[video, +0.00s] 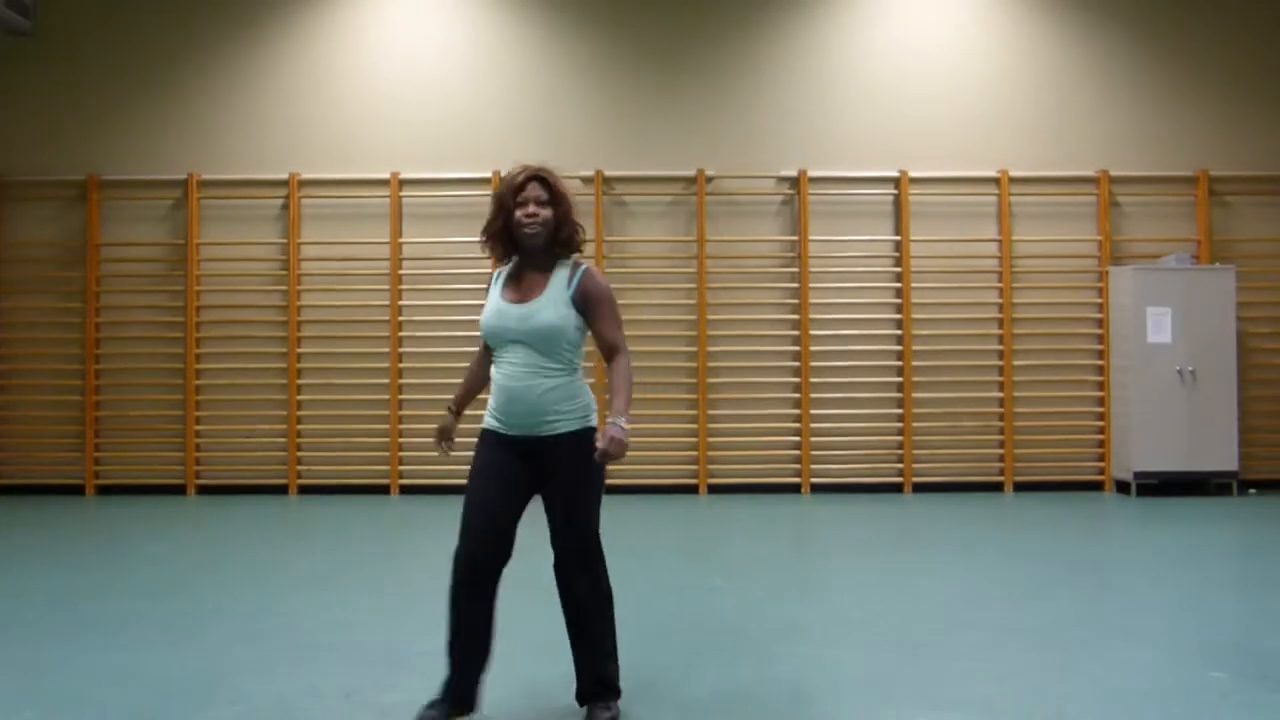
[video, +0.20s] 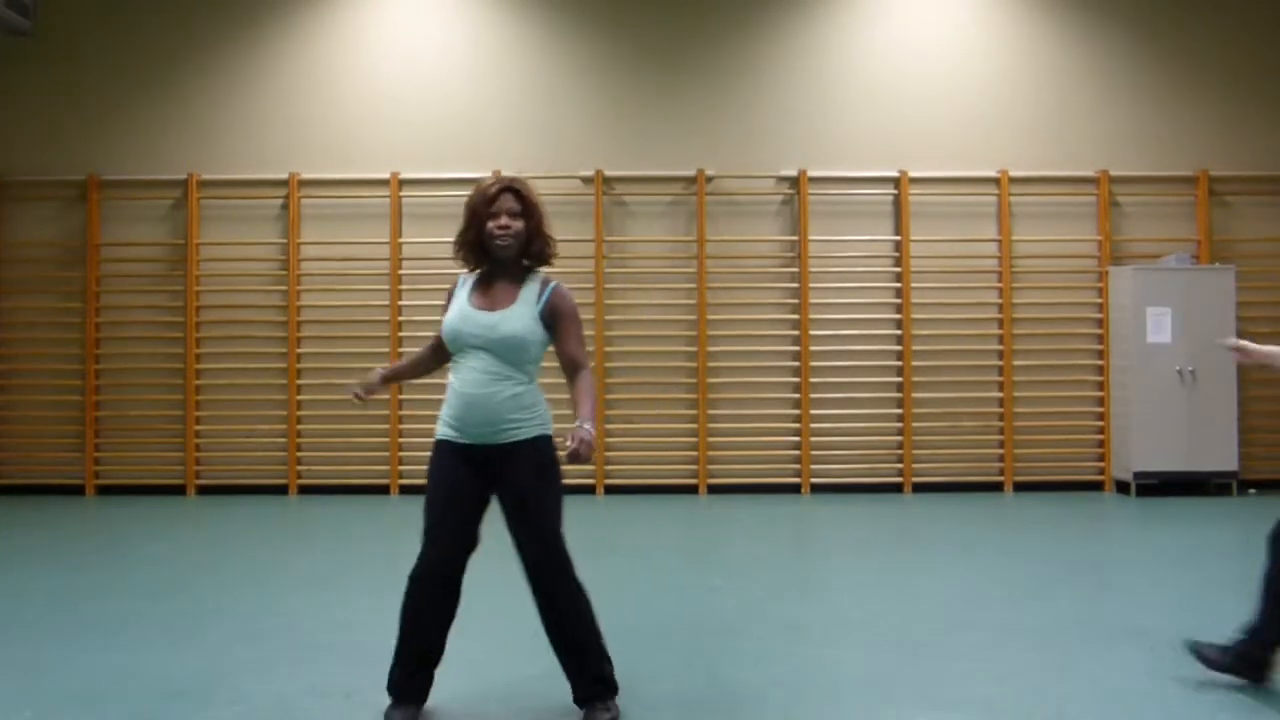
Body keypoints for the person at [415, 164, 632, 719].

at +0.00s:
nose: (533, 212)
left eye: (543, 203)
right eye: (523, 204)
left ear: (559, 214)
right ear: (508, 216)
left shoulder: (583, 280)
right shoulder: (500, 279)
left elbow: (617, 353)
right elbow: (488, 354)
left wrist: (619, 420)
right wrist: (454, 411)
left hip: (569, 443)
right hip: (502, 441)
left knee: (579, 567)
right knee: (473, 562)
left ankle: (600, 697)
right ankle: (459, 693)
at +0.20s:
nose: (504, 224)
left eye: (514, 216)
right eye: (494, 216)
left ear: (530, 226)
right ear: (477, 227)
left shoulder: (549, 295)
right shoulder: (462, 287)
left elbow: (579, 368)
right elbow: (438, 351)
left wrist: (586, 422)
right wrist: (386, 375)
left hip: (525, 448)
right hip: (457, 447)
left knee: (548, 568)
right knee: (436, 566)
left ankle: (598, 697)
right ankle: (406, 697)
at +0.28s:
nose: (489, 226)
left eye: (499, 217)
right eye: (478, 218)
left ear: (515, 228)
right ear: (461, 228)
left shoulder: (533, 299)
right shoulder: (441, 290)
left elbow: (561, 374)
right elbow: (402, 353)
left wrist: (572, 424)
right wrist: (355, 359)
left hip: (500, 450)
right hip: (434, 447)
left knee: (515, 566)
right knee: (416, 568)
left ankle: (585, 691)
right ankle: (409, 695)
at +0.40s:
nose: (466, 224)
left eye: (476, 216)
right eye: (455, 216)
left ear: (490, 226)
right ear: (438, 226)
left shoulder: (513, 298)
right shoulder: (416, 288)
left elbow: (539, 373)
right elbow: (376, 352)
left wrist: (562, 425)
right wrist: (358, 333)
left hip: (476, 443)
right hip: (411, 442)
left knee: (461, 557)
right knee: (403, 569)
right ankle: (408, 690)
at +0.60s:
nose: (428, 219)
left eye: (439, 212)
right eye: (418, 213)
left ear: (458, 226)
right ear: (403, 227)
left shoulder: (480, 298)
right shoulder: (385, 287)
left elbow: (519, 371)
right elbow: (329, 341)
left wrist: (555, 428)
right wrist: (349, 322)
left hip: (446, 447)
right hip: (380, 443)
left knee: (447, 570)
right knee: (348, 556)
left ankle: (473, 692)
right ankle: (362, 674)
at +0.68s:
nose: (410, 218)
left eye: (422, 211)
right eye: (401, 211)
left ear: (440, 226)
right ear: (387, 225)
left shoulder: (464, 297)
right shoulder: (367, 287)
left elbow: (507, 366)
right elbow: (301, 316)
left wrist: (542, 417)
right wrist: (315, 316)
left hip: (429, 446)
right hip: (363, 443)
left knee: (441, 570)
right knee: (320, 563)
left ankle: (472, 694)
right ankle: (300, 676)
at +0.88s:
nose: (358, 233)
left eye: (369, 226)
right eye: (348, 225)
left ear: (386, 239)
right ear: (332, 237)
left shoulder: (405, 310)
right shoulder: (311, 286)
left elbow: (443, 364)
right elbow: (244, 291)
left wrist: (458, 389)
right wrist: (257, 319)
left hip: (363, 455)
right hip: (294, 449)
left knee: (393, 571)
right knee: (262, 566)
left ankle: (455, 695)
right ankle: (230, 688)